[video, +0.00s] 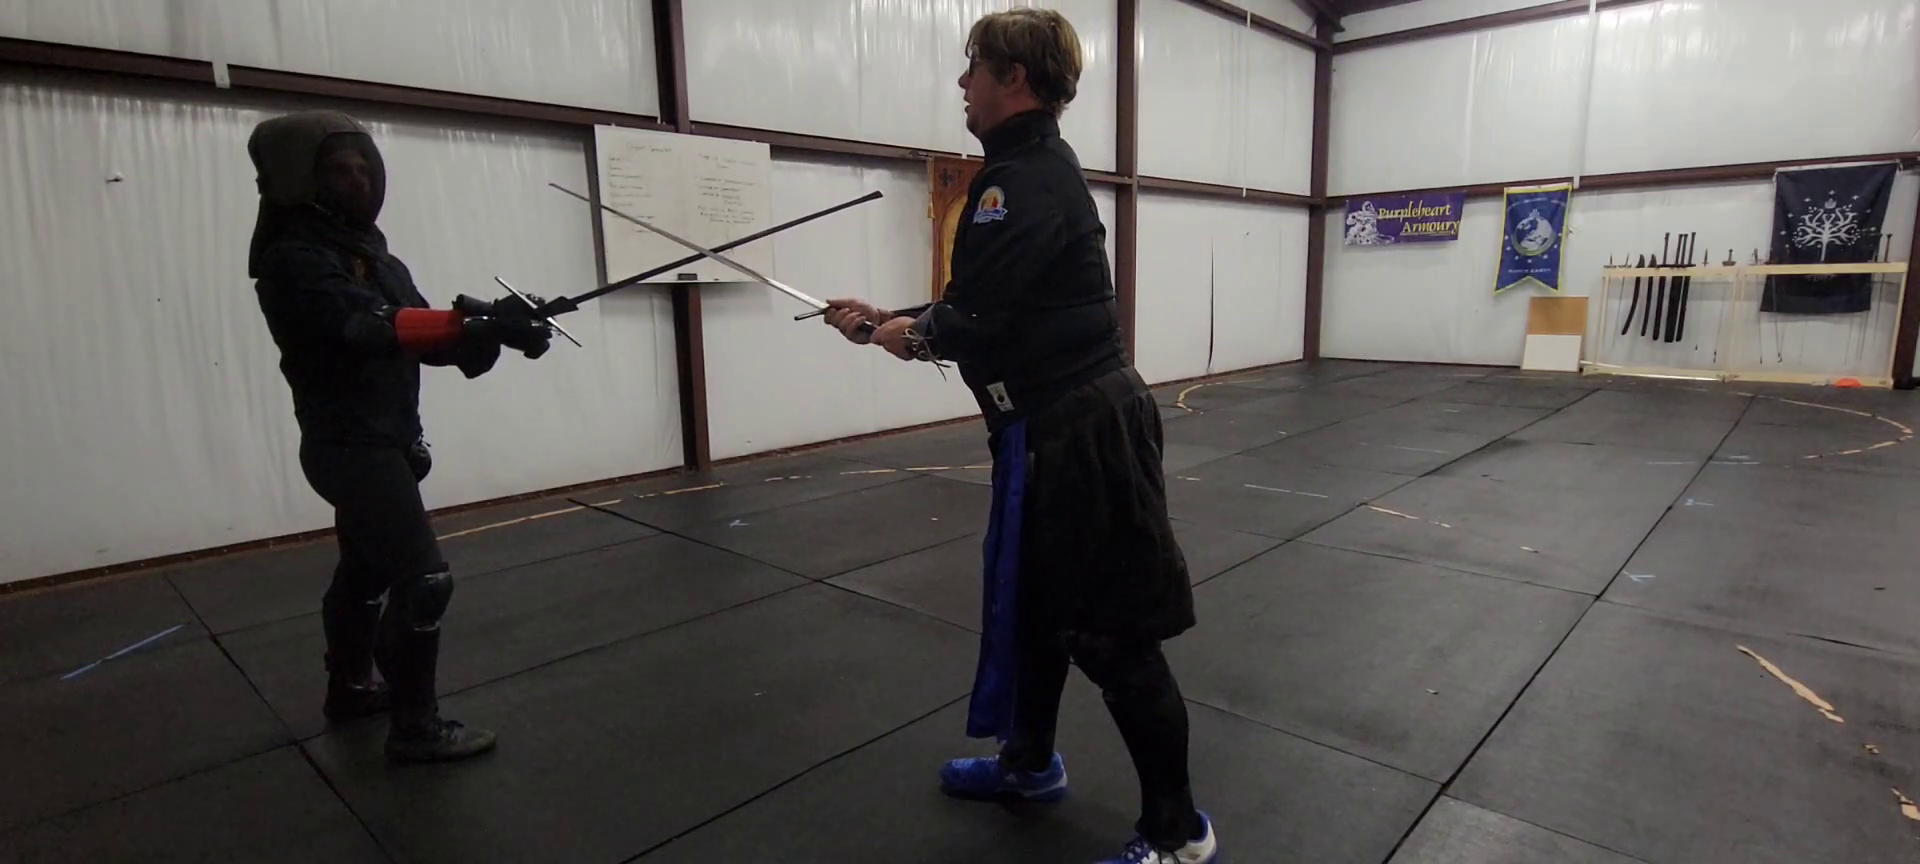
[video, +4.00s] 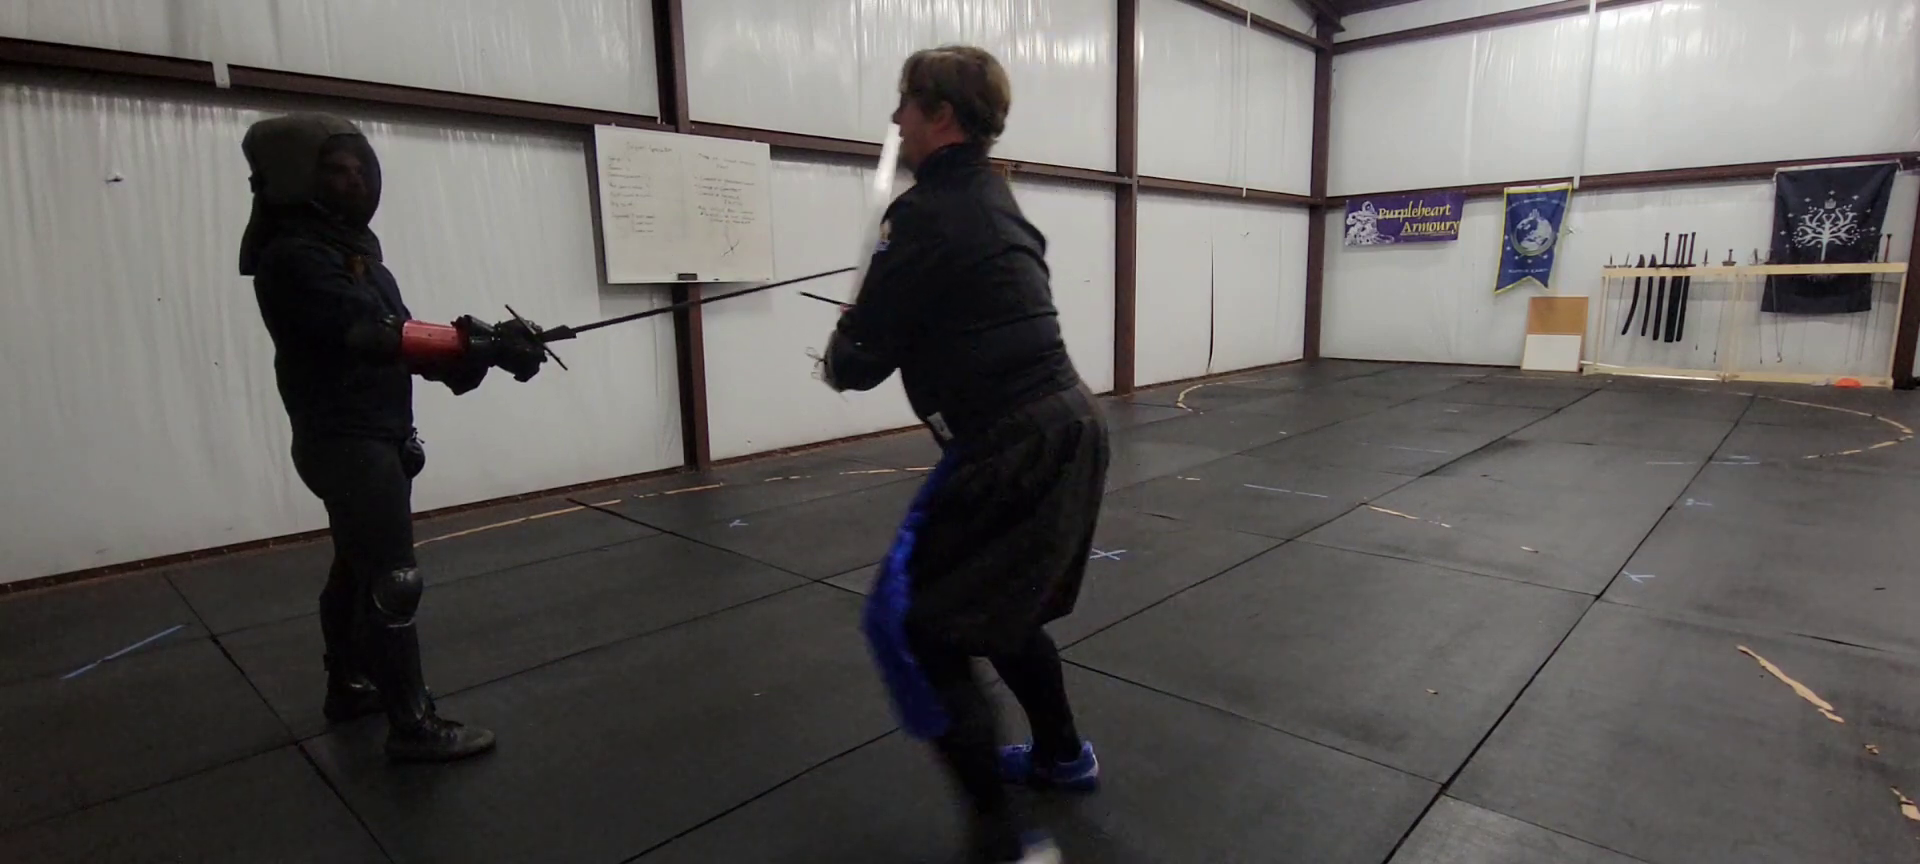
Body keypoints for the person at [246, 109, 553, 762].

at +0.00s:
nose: (357, 183)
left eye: (365, 170)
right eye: (340, 171)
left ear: (378, 178)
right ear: (308, 182)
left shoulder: (369, 250)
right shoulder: (293, 257)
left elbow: (411, 325)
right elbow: (360, 327)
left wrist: (476, 340)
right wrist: (472, 322)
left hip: (388, 443)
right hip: (352, 450)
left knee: (364, 572)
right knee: (422, 583)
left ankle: (350, 690)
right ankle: (416, 727)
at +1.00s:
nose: (381, 177)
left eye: (381, 164)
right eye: (364, 166)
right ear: (327, 177)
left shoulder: (348, 246)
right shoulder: (322, 256)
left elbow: (415, 326)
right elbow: (415, 317)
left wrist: (505, 327)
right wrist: (522, 324)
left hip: (376, 444)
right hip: (369, 449)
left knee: (360, 573)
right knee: (430, 583)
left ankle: (351, 691)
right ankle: (417, 728)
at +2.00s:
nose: (368, 178)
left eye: (371, 165)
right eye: (350, 167)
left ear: (375, 172)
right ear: (311, 179)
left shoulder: (350, 246)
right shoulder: (304, 258)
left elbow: (393, 336)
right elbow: (381, 341)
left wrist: (466, 361)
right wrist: (493, 374)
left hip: (375, 441)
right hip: (352, 446)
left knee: (359, 571)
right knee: (409, 580)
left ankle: (349, 689)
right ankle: (416, 725)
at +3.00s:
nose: (363, 183)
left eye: (365, 170)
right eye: (346, 172)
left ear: (367, 176)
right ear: (311, 182)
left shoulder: (347, 245)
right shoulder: (292, 256)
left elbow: (388, 333)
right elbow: (360, 342)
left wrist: (462, 358)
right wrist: (473, 355)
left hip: (375, 439)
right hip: (344, 445)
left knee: (358, 569)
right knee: (392, 581)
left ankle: (350, 688)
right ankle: (410, 724)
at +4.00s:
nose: (355, 181)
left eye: (361, 169)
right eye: (339, 169)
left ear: (371, 179)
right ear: (308, 179)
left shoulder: (350, 245)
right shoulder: (292, 254)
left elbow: (393, 328)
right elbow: (364, 334)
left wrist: (466, 349)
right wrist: (478, 345)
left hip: (376, 439)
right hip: (343, 444)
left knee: (359, 569)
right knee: (392, 582)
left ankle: (349, 688)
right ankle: (411, 723)